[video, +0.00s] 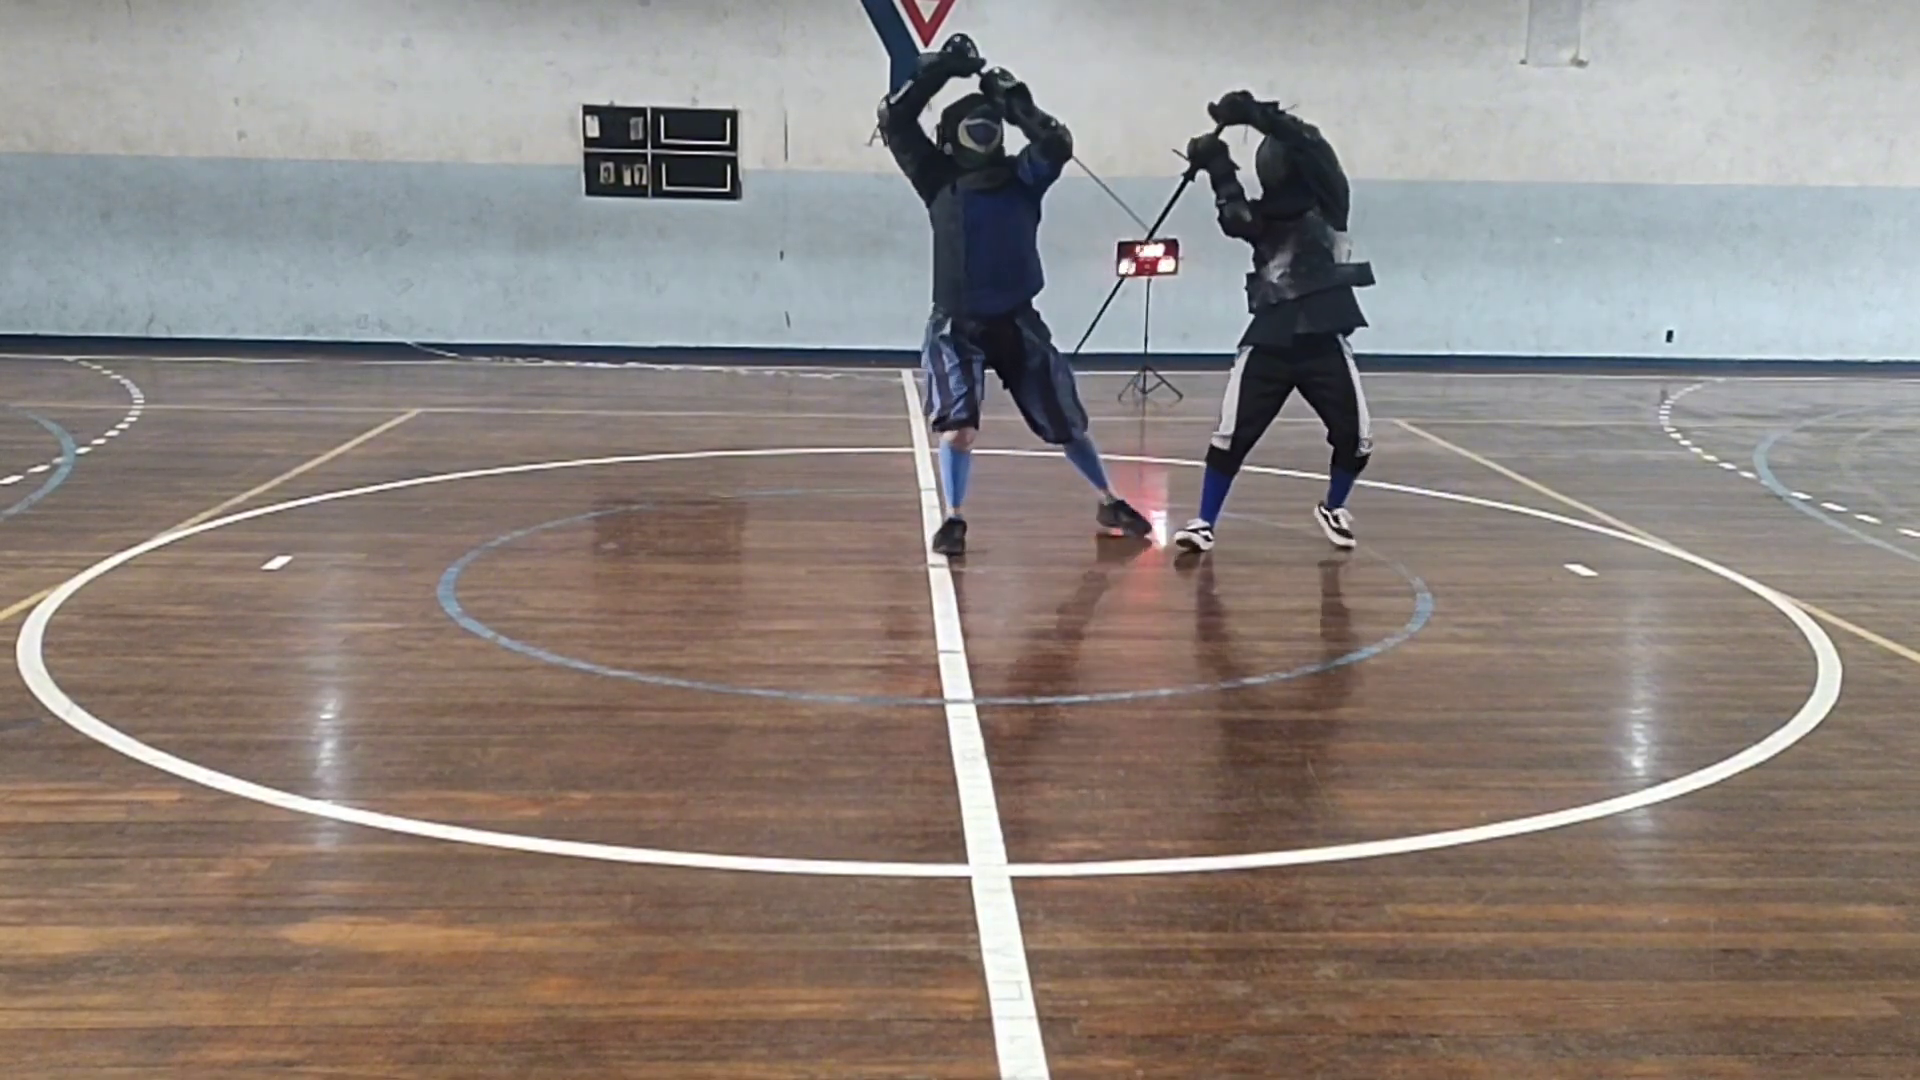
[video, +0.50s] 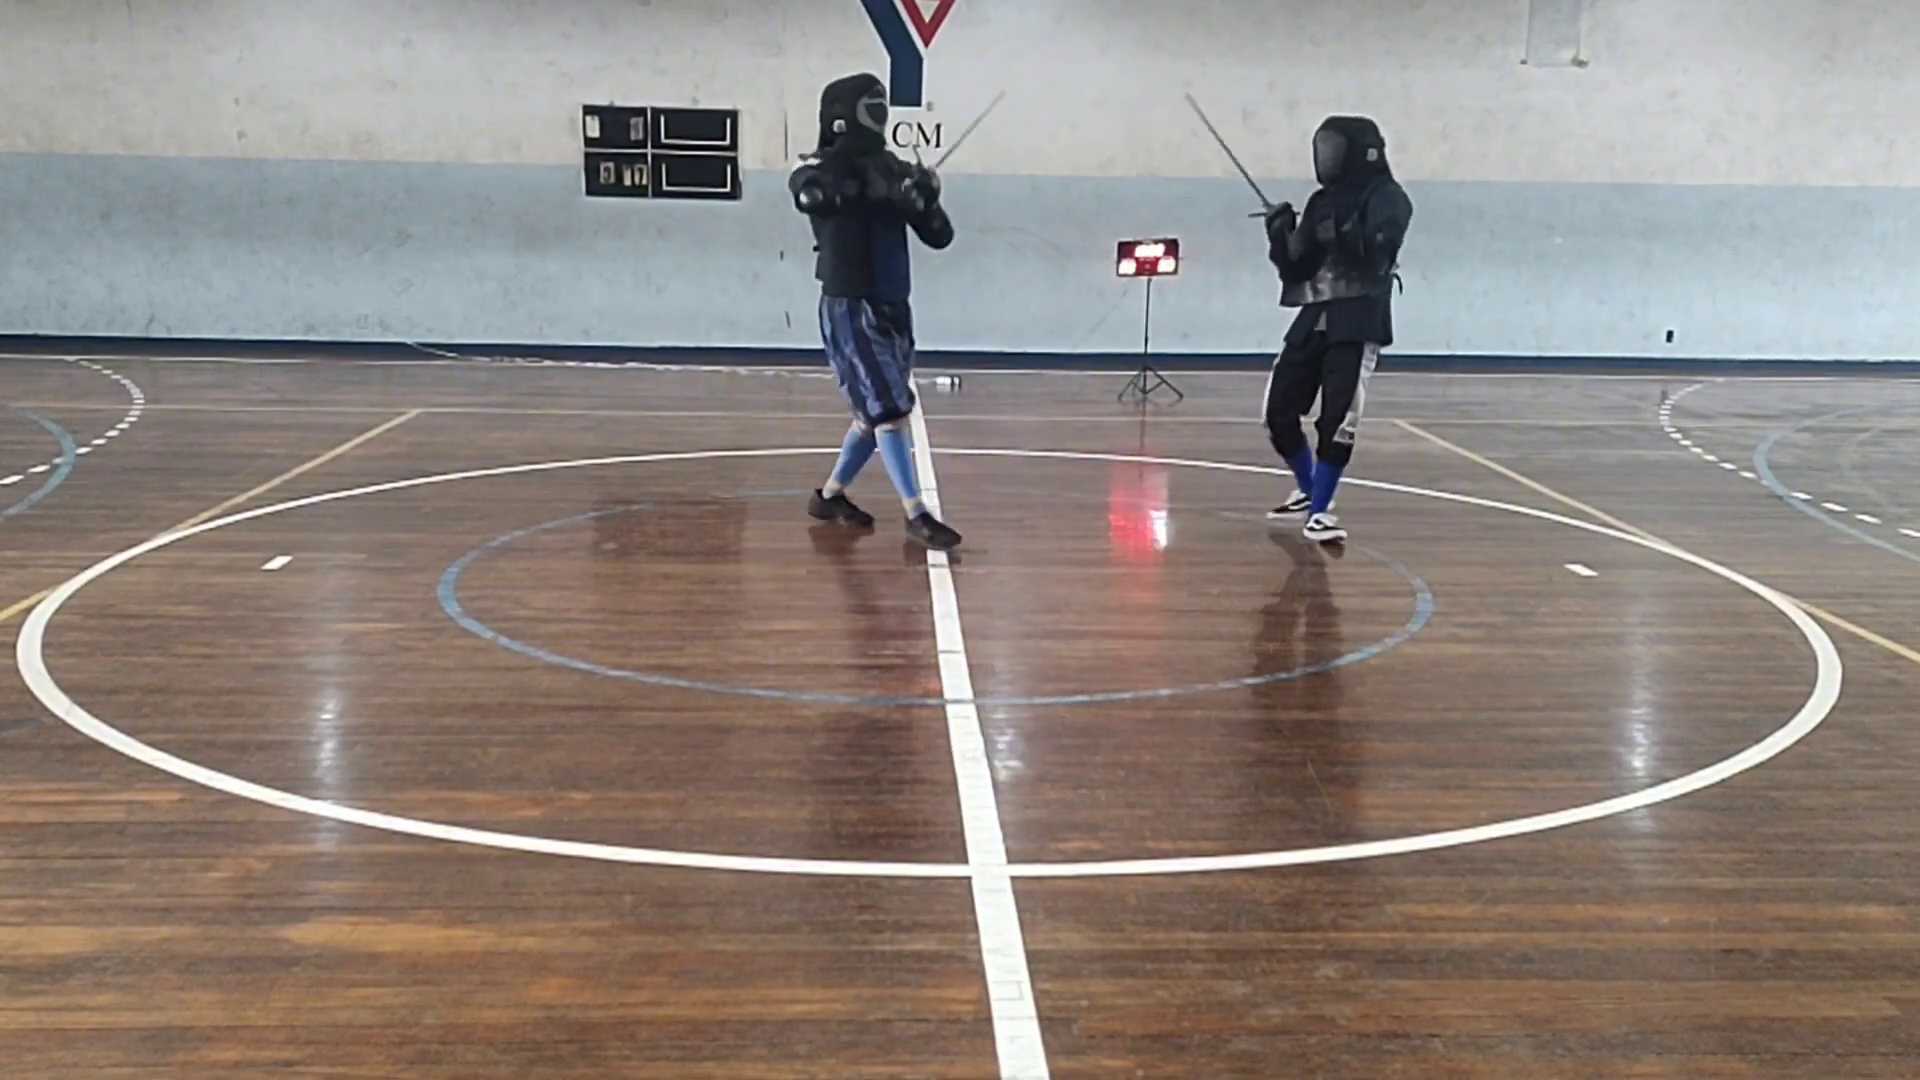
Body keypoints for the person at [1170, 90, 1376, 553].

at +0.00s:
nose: (1275, 183)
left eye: (1279, 174)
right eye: (1270, 176)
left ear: (1299, 167)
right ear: (1264, 175)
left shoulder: (1328, 202)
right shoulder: (1261, 214)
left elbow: (1311, 145)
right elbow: (1232, 212)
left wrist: (1256, 113)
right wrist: (1218, 162)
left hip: (1322, 341)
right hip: (1268, 341)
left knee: (1355, 440)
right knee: (1231, 435)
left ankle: (1333, 507)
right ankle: (1204, 523)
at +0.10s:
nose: (1282, 168)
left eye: (1287, 159)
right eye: (1280, 160)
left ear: (1309, 165)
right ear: (1278, 171)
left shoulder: (1341, 201)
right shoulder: (1276, 215)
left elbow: (1330, 150)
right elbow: (1242, 231)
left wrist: (1271, 126)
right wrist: (1228, 173)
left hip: (1333, 340)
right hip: (1280, 339)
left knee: (1343, 439)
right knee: (1244, 429)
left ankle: (1323, 515)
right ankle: (1206, 521)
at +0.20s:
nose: (1296, 172)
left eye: (1300, 164)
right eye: (1294, 165)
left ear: (1319, 163)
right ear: (1297, 171)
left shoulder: (1356, 198)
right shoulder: (1287, 213)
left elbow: (1340, 154)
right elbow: (1251, 250)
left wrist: (1276, 148)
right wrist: (1240, 186)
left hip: (1343, 332)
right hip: (1291, 331)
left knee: (1338, 434)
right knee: (1252, 424)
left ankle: (1318, 518)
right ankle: (1209, 517)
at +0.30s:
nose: (1308, 161)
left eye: (1318, 153)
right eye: (1305, 153)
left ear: (1344, 156)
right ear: (1305, 157)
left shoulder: (1372, 183)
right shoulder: (1299, 205)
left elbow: (1328, 184)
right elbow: (1265, 268)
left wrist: (1285, 179)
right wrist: (1256, 204)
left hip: (1351, 319)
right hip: (1300, 321)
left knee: (1337, 426)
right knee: (1258, 414)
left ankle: (1319, 517)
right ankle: (1223, 511)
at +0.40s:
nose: (1317, 158)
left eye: (1327, 149)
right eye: (1314, 149)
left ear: (1353, 153)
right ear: (1311, 154)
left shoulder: (1379, 193)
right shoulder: (1306, 206)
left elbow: (1373, 208)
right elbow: (1282, 273)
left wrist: (1319, 202)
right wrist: (1271, 225)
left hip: (1354, 319)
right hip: (1303, 319)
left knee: (1337, 421)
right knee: (1264, 409)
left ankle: (1319, 514)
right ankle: (1261, 505)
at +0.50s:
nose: (1324, 157)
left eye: (1332, 148)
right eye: (1322, 148)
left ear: (1360, 151)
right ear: (1324, 151)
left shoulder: (1386, 197)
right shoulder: (1321, 201)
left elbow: (1375, 258)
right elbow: (1293, 270)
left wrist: (1338, 231)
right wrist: (1281, 235)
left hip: (1356, 318)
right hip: (1311, 316)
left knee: (1339, 418)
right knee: (1280, 413)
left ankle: (1321, 511)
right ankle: (1310, 489)